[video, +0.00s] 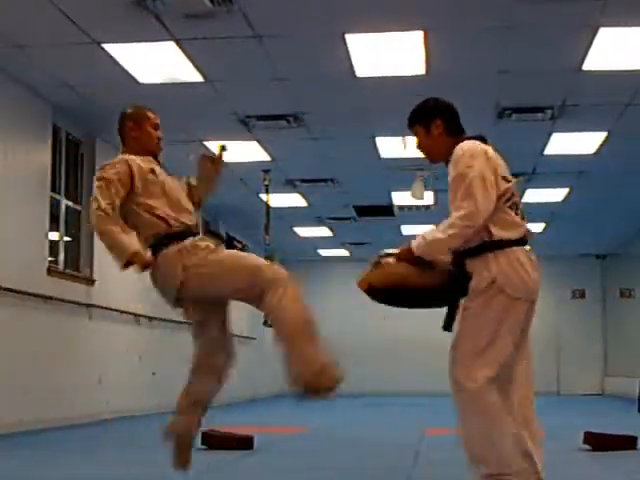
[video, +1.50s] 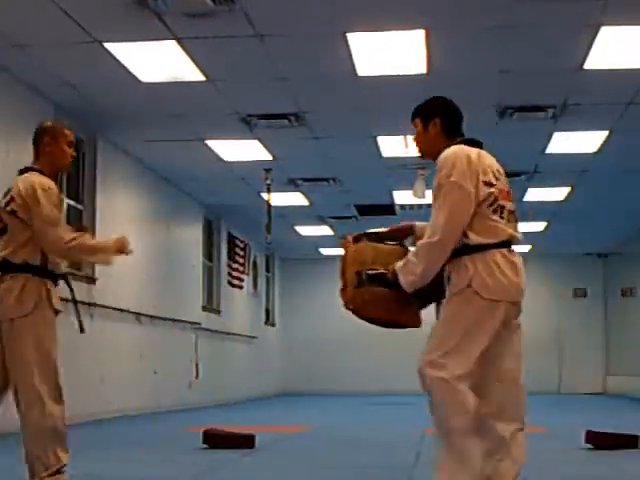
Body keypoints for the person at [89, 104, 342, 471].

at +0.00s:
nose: (160, 134)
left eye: (159, 128)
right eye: (153, 127)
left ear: (149, 133)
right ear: (130, 131)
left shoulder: (164, 177)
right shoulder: (122, 167)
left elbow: (192, 200)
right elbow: (101, 212)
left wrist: (206, 176)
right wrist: (132, 251)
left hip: (197, 258)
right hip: (178, 259)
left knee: (214, 353)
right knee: (272, 281)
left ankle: (185, 426)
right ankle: (310, 371)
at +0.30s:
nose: (216, 164)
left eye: (216, 157)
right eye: (211, 156)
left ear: (195, 159)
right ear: (188, 156)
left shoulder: (204, 205)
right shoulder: (160, 200)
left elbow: (218, 254)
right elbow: (159, 246)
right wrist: (204, 211)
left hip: (252, 277)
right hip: (219, 301)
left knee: (326, 281)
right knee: (238, 390)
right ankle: (239, 472)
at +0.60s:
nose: (216, 153)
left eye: (215, 147)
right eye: (208, 147)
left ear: (207, 155)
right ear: (185, 154)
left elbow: (256, 244)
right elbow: (160, 265)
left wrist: (298, 249)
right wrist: (205, 268)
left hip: (254, 301)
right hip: (214, 305)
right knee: (241, 388)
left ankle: (248, 470)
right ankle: (238, 471)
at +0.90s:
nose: (198, 140)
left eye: (198, 134)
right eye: (190, 132)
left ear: (190, 142)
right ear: (166, 137)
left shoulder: (196, 188)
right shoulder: (150, 178)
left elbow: (202, 234)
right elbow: (125, 232)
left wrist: (220, 239)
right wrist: (182, 243)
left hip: (204, 284)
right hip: (171, 280)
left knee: (221, 371)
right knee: (180, 367)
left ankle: (213, 466)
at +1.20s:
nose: (141, 155)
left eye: (141, 149)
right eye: (135, 147)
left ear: (116, 153)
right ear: (112, 151)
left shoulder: (113, 195)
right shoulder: (97, 184)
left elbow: (103, 257)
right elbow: (96, 222)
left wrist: (137, 264)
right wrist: (153, 223)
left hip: (112, 296)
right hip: (93, 295)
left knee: (130, 384)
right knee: (75, 386)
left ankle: (163, 462)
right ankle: (55, 469)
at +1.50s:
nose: (74, 152)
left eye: (74, 146)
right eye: (69, 144)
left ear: (49, 148)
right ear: (47, 146)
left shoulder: (29, 184)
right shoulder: (37, 185)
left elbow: (46, 240)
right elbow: (57, 241)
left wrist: (82, 242)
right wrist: (112, 247)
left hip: (17, 291)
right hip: (23, 293)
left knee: (32, 387)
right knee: (39, 387)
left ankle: (45, 468)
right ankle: (48, 470)